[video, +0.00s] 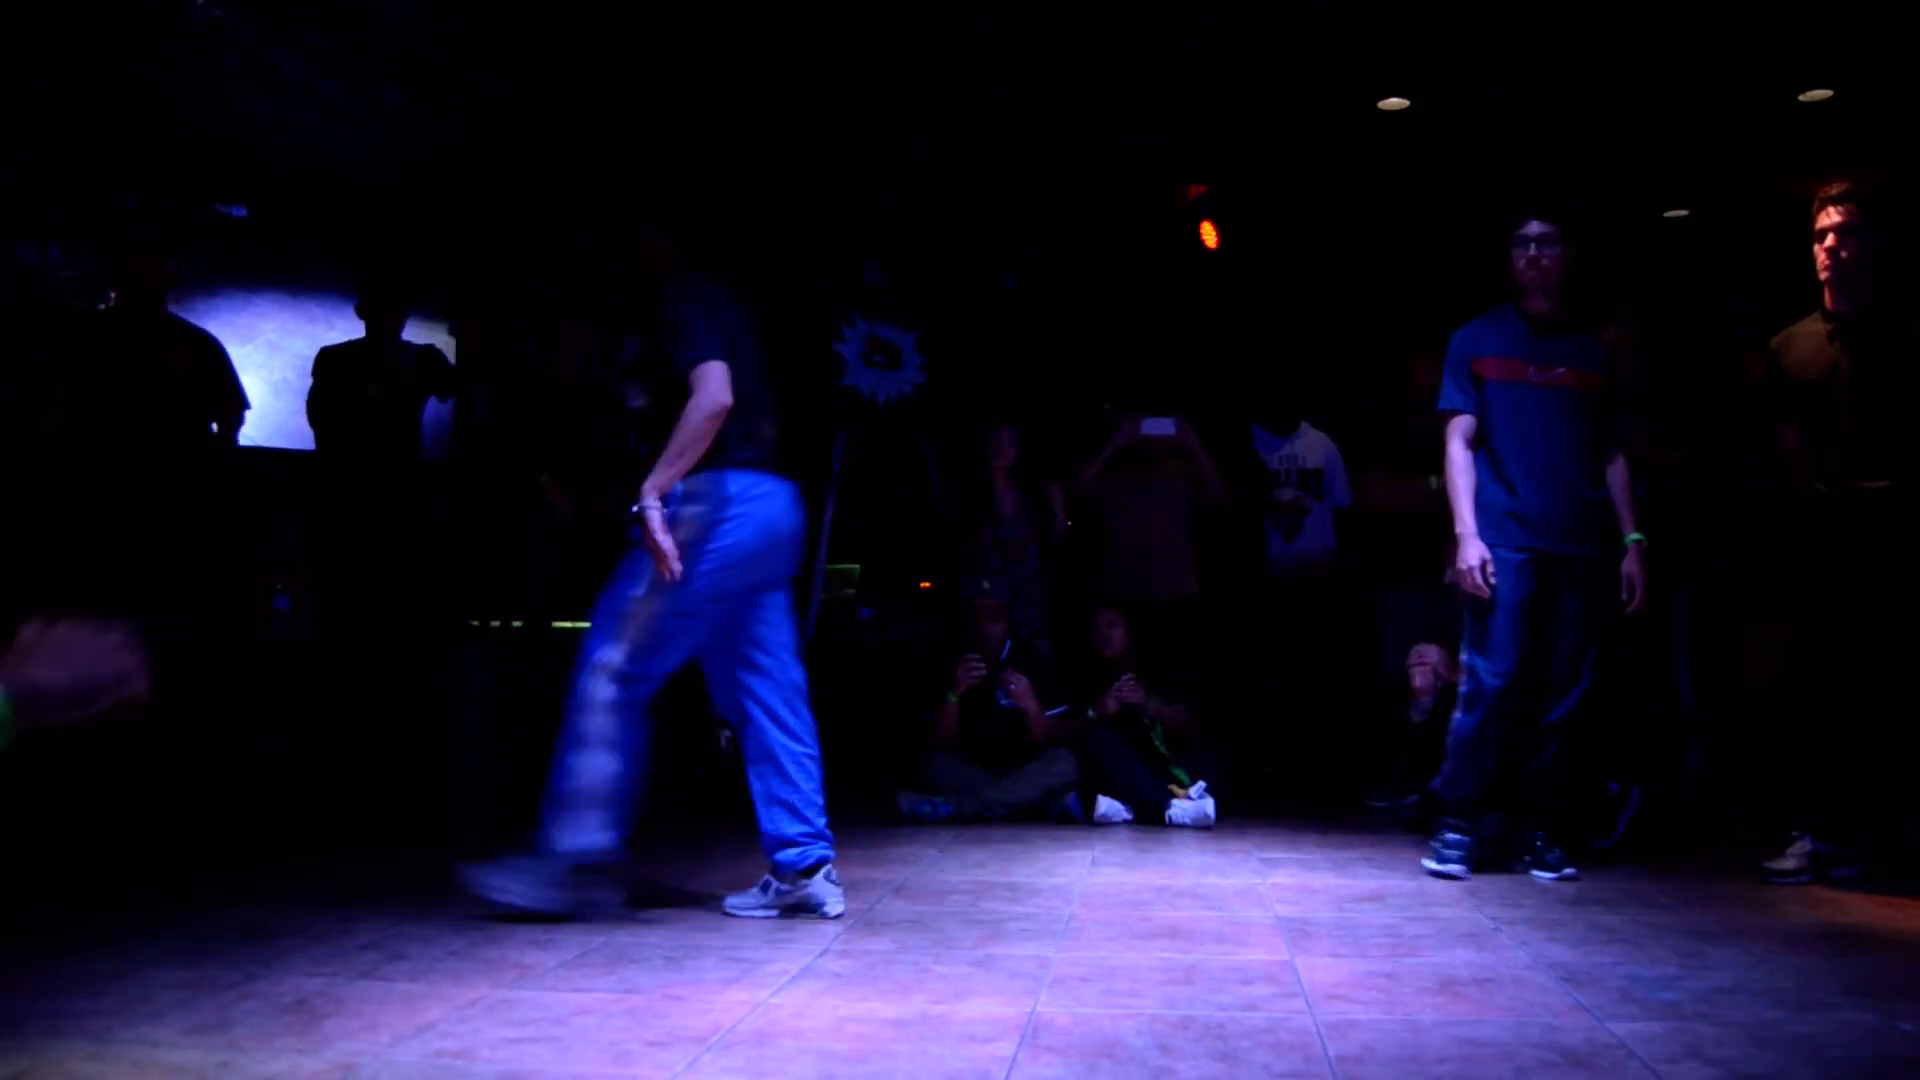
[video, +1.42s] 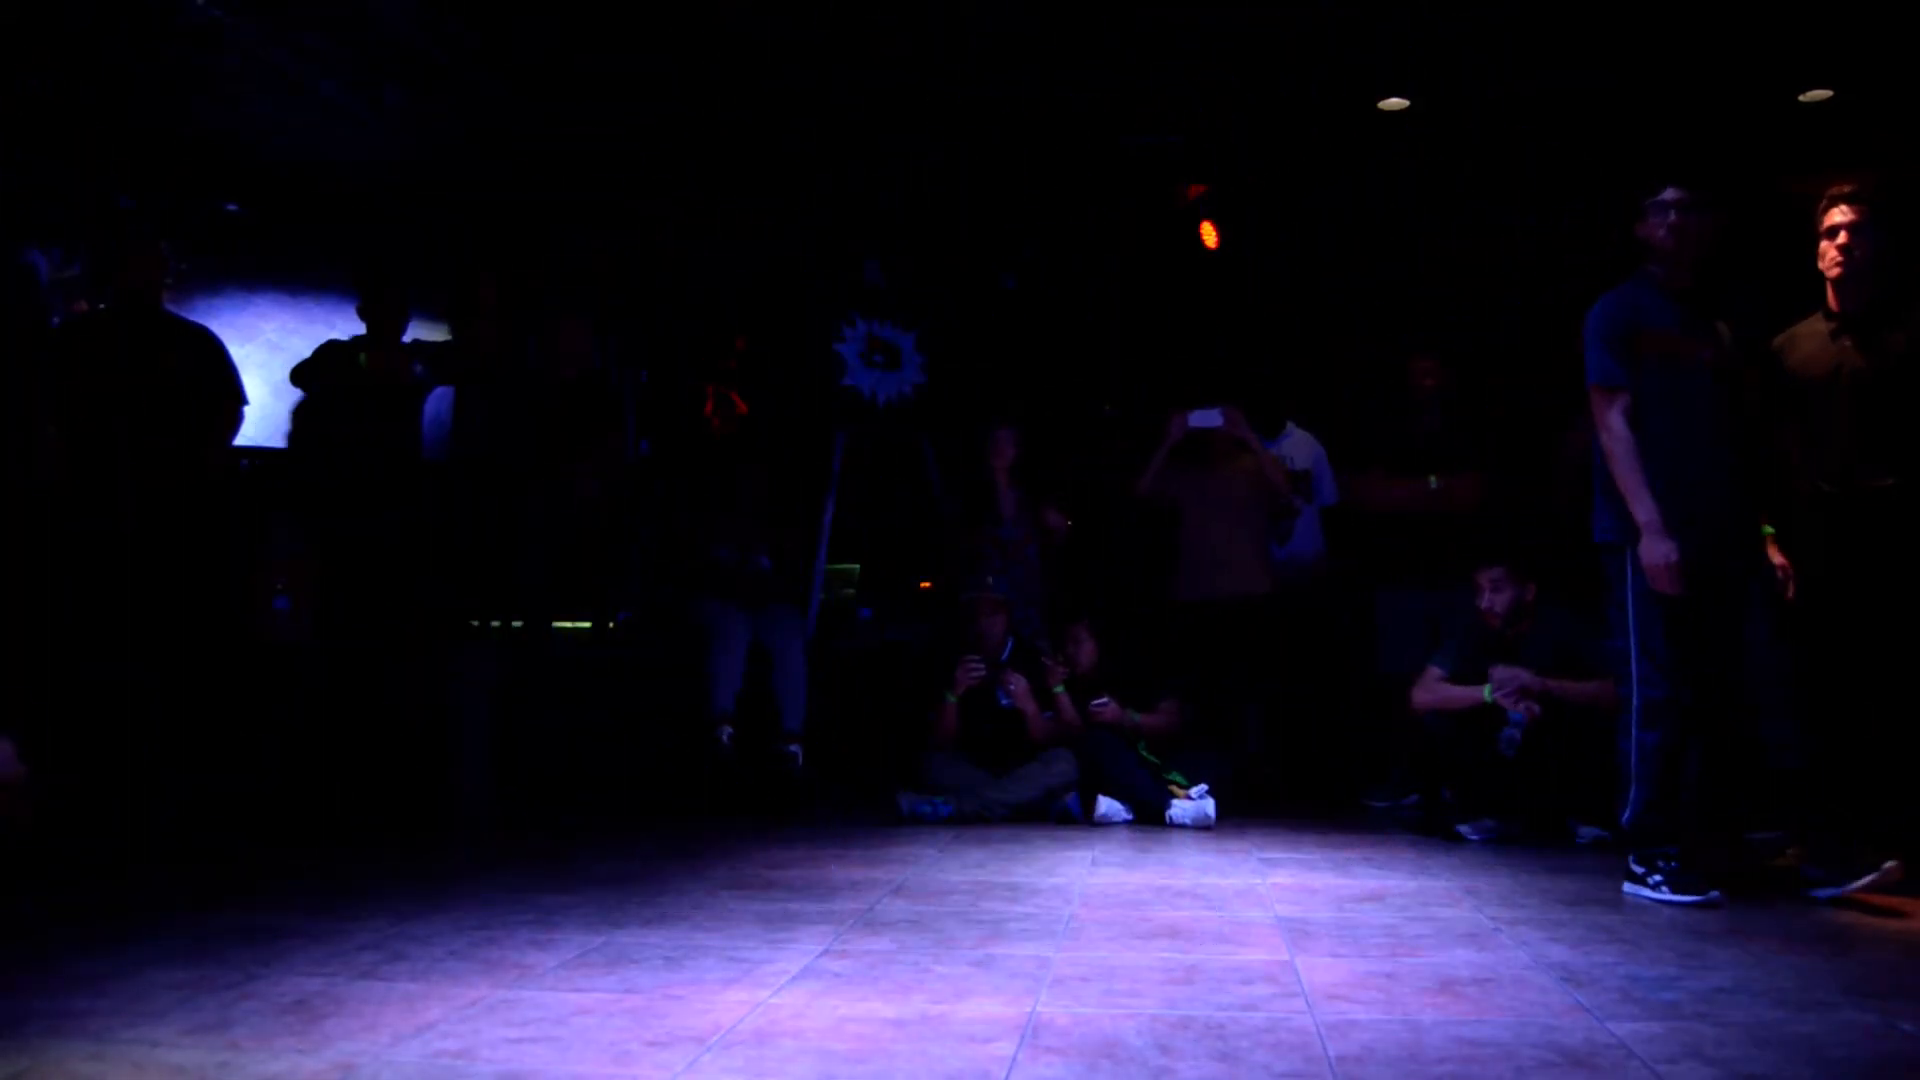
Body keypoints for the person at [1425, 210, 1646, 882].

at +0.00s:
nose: (1535, 257)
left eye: (1547, 246)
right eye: (1525, 246)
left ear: (1568, 258)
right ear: (1510, 259)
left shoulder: (1592, 347)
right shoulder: (1479, 339)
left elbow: (1612, 453)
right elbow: (1460, 440)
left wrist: (1632, 542)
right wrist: (1467, 535)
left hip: (1578, 544)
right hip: (1506, 539)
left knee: (1564, 695)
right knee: (1492, 681)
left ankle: (1540, 835)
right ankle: (1457, 827)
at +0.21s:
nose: (1547, 258)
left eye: (1558, 246)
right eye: (1537, 246)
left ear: (1579, 257)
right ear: (1522, 258)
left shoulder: (1599, 341)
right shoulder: (1491, 338)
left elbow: (1620, 451)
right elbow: (1472, 439)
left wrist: (1640, 540)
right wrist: (1479, 536)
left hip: (1590, 535)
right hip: (1526, 534)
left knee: (1574, 680)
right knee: (1546, 677)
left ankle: (1541, 828)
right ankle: (1544, 838)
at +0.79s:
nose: (1598, 242)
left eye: (1609, 230)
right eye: (1584, 231)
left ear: (1628, 242)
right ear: (1565, 245)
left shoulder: (1641, 325)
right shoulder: (1548, 328)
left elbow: (1663, 445)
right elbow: (1542, 437)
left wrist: (1686, 535)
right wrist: (1568, 540)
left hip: (1644, 530)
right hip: (1591, 533)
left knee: (1599, 687)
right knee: (1613, 691)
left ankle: (1537, 825)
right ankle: (1644, 849)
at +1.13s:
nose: (1640, 229)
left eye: (1651, 218)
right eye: (1625, 218)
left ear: (1667, 231)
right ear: (1602, 234)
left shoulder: (1672, 314)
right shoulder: (1589, 316)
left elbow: (1696, 437)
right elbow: (1590, 427)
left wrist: (1730, 525)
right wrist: (1643, 527)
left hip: (1678, 526)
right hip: (1620, 532)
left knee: (1682, 680)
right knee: (1635, 688)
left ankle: (1609, 802)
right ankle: (1648, 854)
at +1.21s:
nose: (1650, 229)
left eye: (1661, 217)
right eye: (1634, 217)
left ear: (1677, 229)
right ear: (1611, 232)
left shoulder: (1684, 312)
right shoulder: (1597, 315)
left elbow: (1704, 437)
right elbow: (1599, 426)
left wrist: (1737, 524)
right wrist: (1651, 526)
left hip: (1689, 527)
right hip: (1627, 532)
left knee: (1701, 686)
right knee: (1643, 690)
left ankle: (1702, 847)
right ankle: (1647, 855)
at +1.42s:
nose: (1678, 226)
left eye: (1687, 212)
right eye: (1664, 214)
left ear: (1705, 226)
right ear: (1641, 228)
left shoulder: (1714, 318)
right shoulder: (1619, 313)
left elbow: (1730, 444)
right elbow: (1612, 424)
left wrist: (1761, 534)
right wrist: (1651, 530)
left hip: (1719, 530)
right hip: (1653, 535)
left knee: (1750, 684)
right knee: (1661, 692)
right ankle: (1652, 857)